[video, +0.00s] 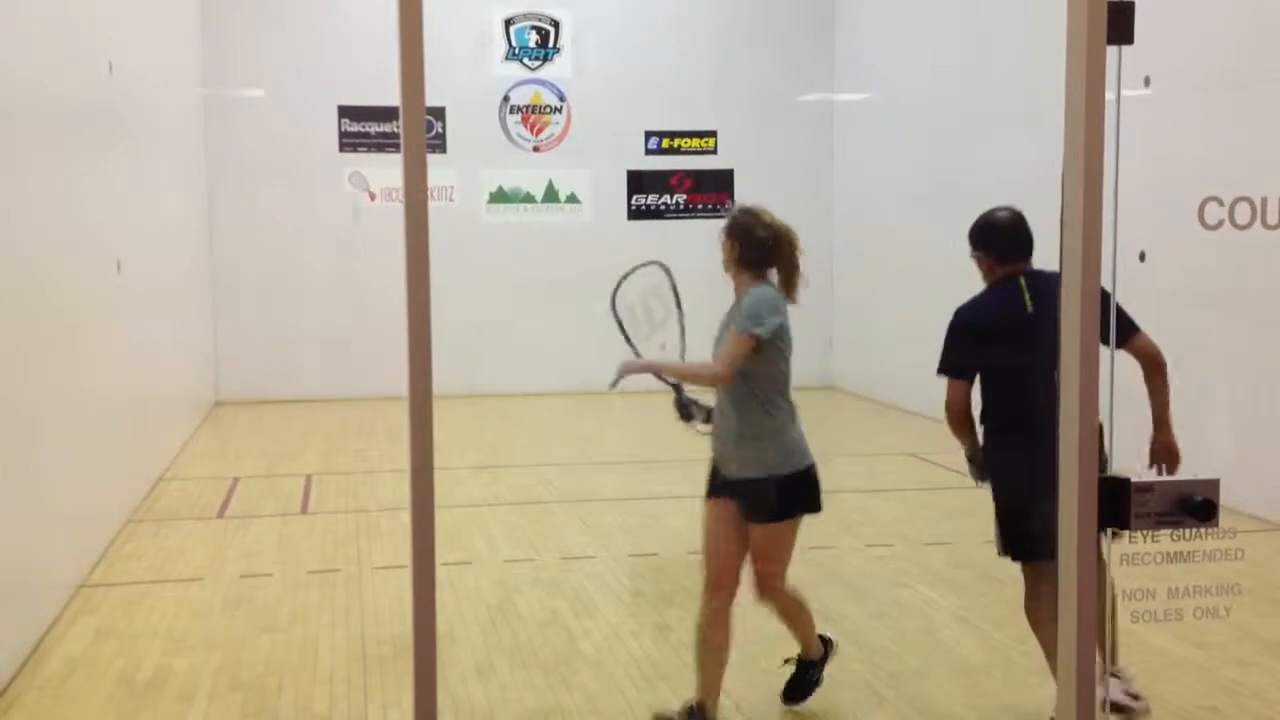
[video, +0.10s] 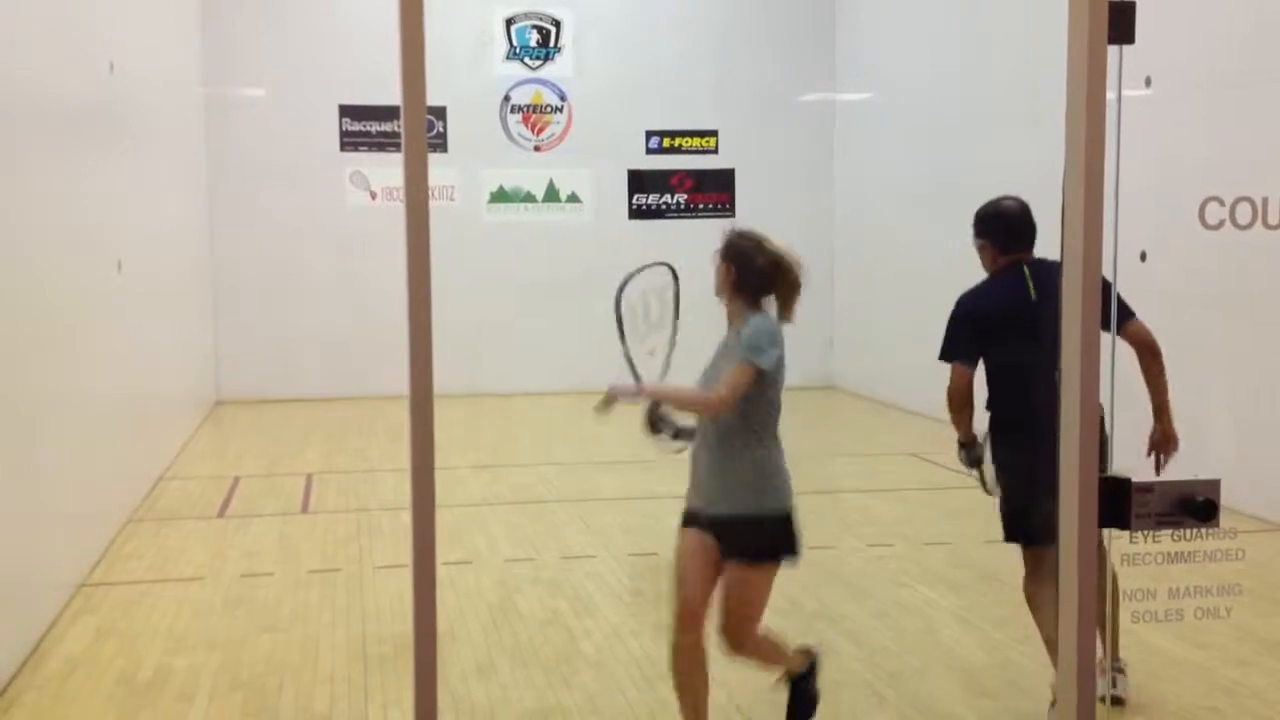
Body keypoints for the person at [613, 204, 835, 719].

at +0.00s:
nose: (721, 249)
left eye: (725, 241)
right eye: (723, 240)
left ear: (735, 248)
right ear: (757, 249)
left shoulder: (762, 302)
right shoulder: (742, 307)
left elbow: (721, 371)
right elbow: (756, 395)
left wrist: (651, 365)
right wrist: (710, 411)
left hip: (776, 471)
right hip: (731, 468)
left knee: (770, 586)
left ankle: (814, 651)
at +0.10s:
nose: (714, 272)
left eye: (719, 264)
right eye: (718, 263)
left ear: (730, 273)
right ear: (749, 276)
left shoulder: (761, 330)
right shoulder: (734, 336)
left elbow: (720, 400)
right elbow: (735, 423)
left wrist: (642, 391)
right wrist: (685, 430)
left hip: (757, 508)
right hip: (708, 502)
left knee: (738, 637)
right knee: (687, 622)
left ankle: (800, 665)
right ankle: (694, 716)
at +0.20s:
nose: (711, 277)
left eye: (718, 269)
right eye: (715, 268)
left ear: (734, 280)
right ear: (742, 282)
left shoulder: (763, 340)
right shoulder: (723, 344)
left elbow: (761, 424)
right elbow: (714, 429)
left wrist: (679, 437)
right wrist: (658, 443)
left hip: (747, 512)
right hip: (695, 507)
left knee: (714, 643)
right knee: (675, 643)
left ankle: (772, 711)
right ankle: (691, 717)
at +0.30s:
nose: (710, 266)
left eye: (716, 259)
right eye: (714, 258)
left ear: (729, 270)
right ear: (742, 273)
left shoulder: (765, 339)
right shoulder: (710, 343)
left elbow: (805, 426)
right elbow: (691, 428)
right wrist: (628, 411)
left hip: (744, 516)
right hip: (689, 515)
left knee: (726, 649)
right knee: (673, 655)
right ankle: (695, 719)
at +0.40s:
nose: (713, 266)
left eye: (719, 259)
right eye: (718, 258)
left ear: (732, 274)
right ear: (739, 277)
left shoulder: (772, 346)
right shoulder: (700, 347)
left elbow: (836, 420)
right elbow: (655, 424)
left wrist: (837, 491)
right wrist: (612, 391)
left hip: (747, 535)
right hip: (691, 532)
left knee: (750, 686)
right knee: (673, 669)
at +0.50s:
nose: (716, 288)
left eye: (722, 280)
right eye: (722, 280)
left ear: (737, 295)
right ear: (743, 300)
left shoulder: (782, 367)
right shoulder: (701, 373)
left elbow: (854, 440)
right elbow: (638, 442)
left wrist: (855, 510)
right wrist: (609, 391)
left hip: (759, 568)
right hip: (697, 565)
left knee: (755, 712)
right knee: (666, 692)